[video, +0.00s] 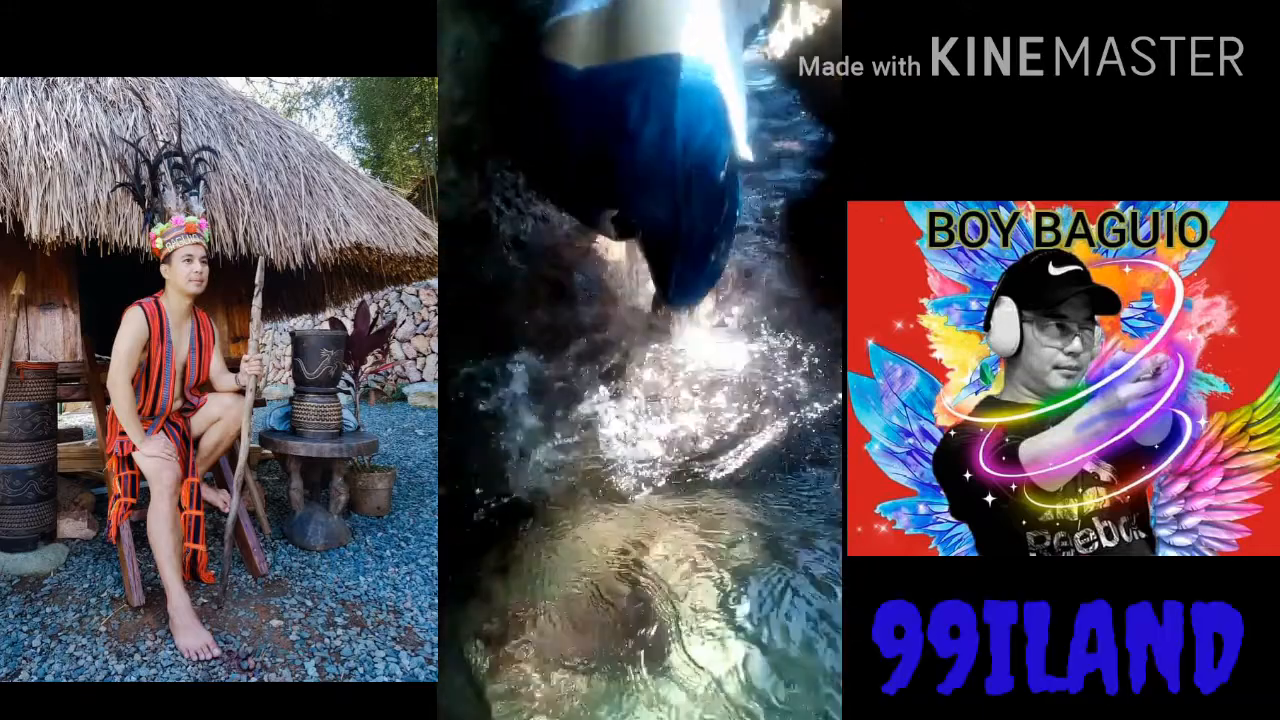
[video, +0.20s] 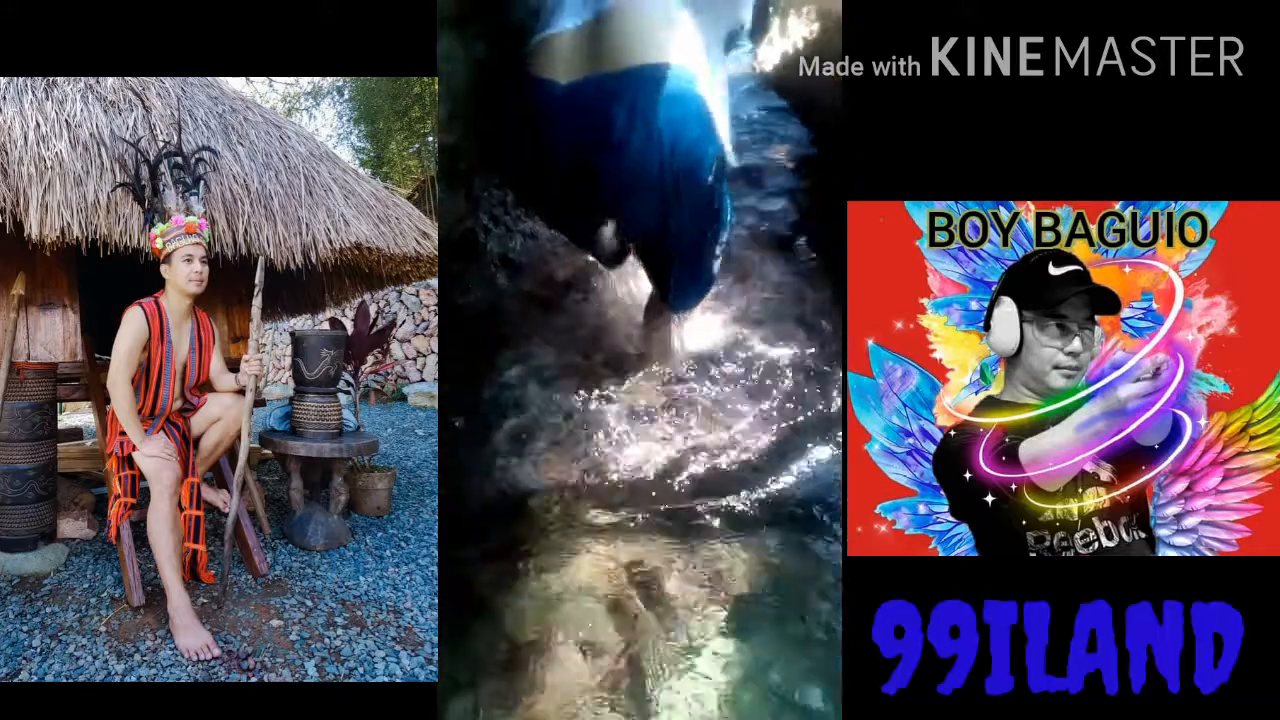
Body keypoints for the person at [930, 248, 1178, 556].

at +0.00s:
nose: (1076, 346)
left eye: (1086, 328)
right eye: (1055, 327)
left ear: (1097, 334)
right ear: (1007, 328)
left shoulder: (1113, 409)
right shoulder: (962, 446)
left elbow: (1156, 435)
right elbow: (1021, 472)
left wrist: (1148, 396)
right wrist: (1105, 412)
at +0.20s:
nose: (1076, 346)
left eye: (1086, 328)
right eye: (1055, 327)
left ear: (1097, 334)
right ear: (1007, 328)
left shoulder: (1113, 409)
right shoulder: (962, 446)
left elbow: (1156, 435)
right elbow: (1021, 472)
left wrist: (1148, 396)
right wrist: (1105, 412)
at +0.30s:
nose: (1076, 346)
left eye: (1086, 328)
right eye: (1055, 327)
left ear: (1096, 334)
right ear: (1007, 327)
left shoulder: (1113, 409)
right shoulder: (962, 445)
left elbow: (1156, 435)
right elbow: (1022, 472)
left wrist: (1149, 396)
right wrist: (1105, 412)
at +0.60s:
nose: (1076, 346)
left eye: (1086, 328)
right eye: (1055, 327)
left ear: (1097, 334)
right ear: (1007, 327)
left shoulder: (1113, 409)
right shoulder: (962, 445)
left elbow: (1156, 435)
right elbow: (1022, 472)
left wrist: (1149, 396)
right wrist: (1106, 412)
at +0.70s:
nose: (1076, 346)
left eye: (1086, 328)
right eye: (1055, 327)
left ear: (1097, 334)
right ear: (1007, 328)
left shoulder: (1113, 409)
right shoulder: (962, 446)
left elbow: (1156, 435)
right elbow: (1021, 472)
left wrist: (1148, 396)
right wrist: (1106, 412)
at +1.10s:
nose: (1076, 346)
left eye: (1086, 328)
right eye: (1055, 327)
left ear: (1097, 334)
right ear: (1007, 328)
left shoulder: (1113, 408)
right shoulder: (962, 446)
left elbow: (1155, 435)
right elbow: (1022, 472)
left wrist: (1149, 396)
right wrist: (1106, 412)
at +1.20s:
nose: (1076, 346)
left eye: (1086, 328)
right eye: (1055, 326)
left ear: (1097, 335)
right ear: (1007, 328)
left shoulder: (1113, 408)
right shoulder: (962, 446)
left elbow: (1156, 435)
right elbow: (1022, 471)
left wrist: (1147, 395)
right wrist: (1105, 413)